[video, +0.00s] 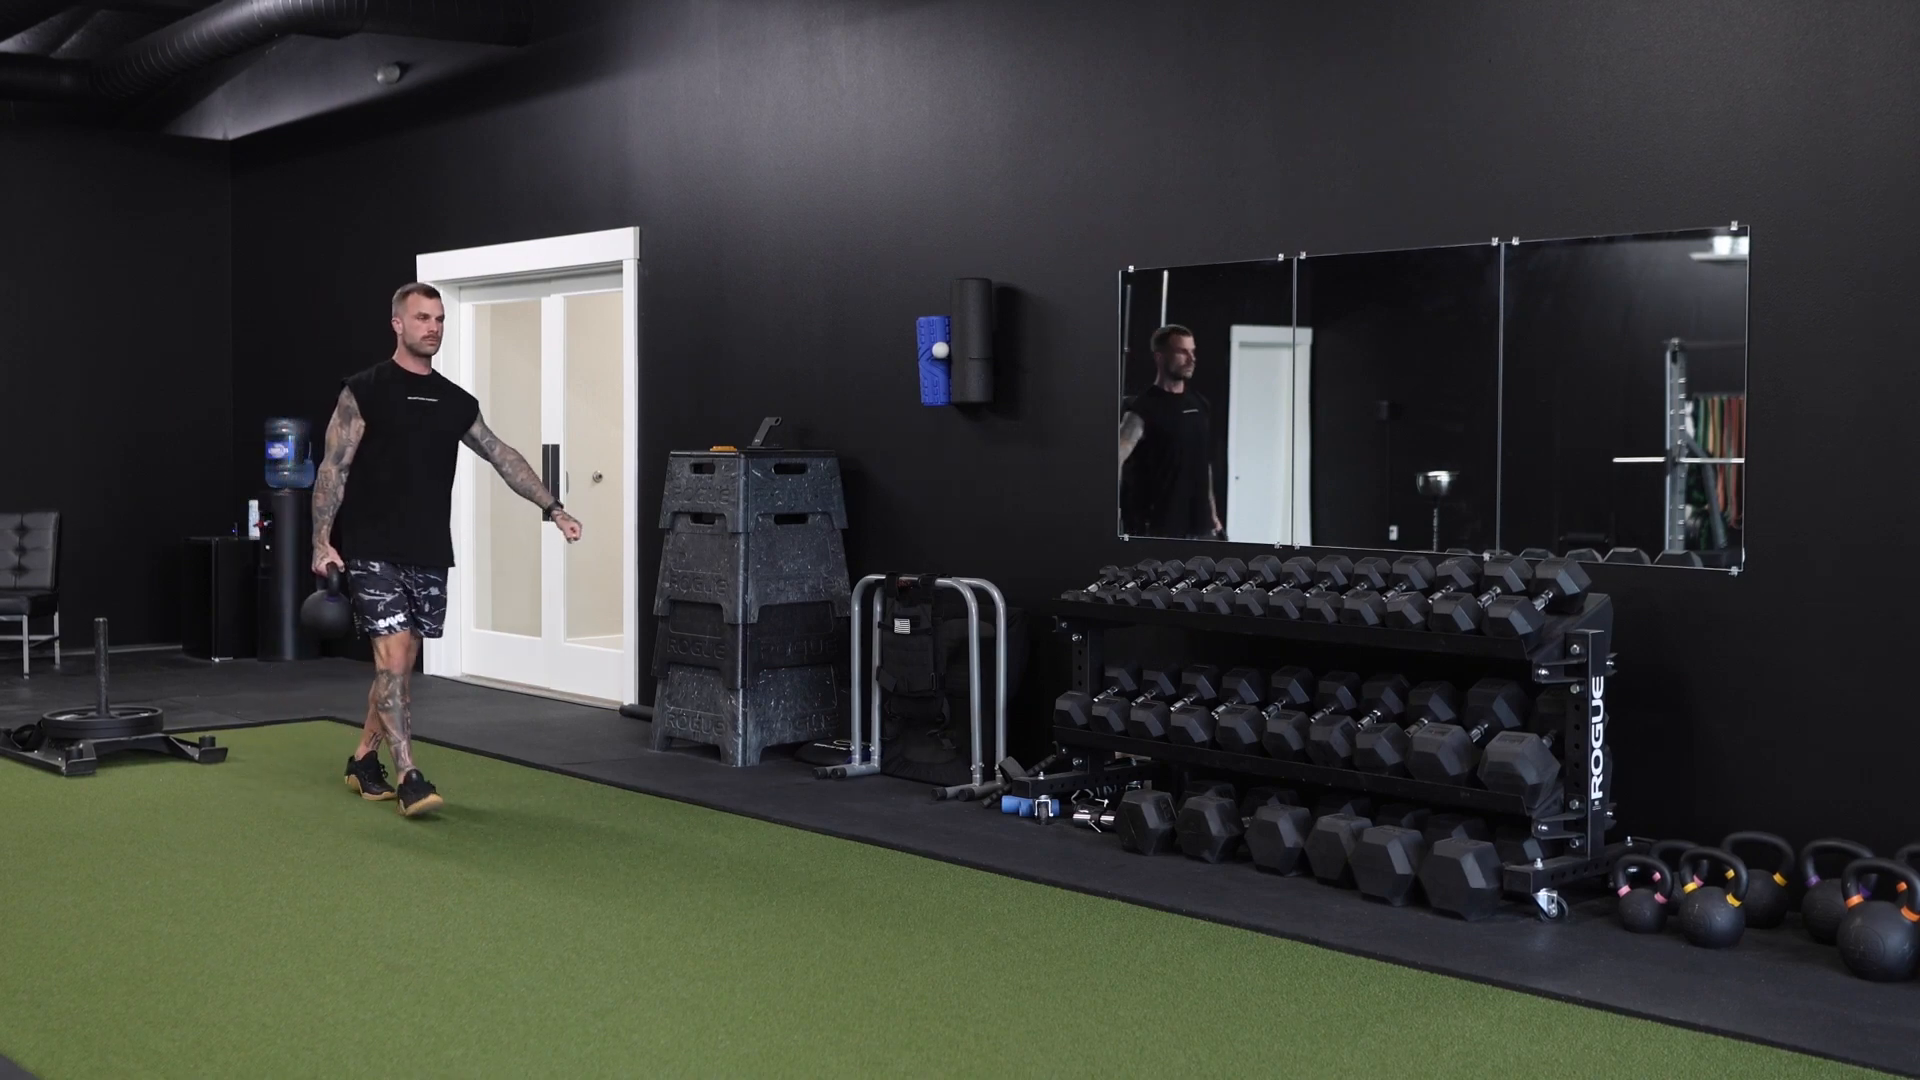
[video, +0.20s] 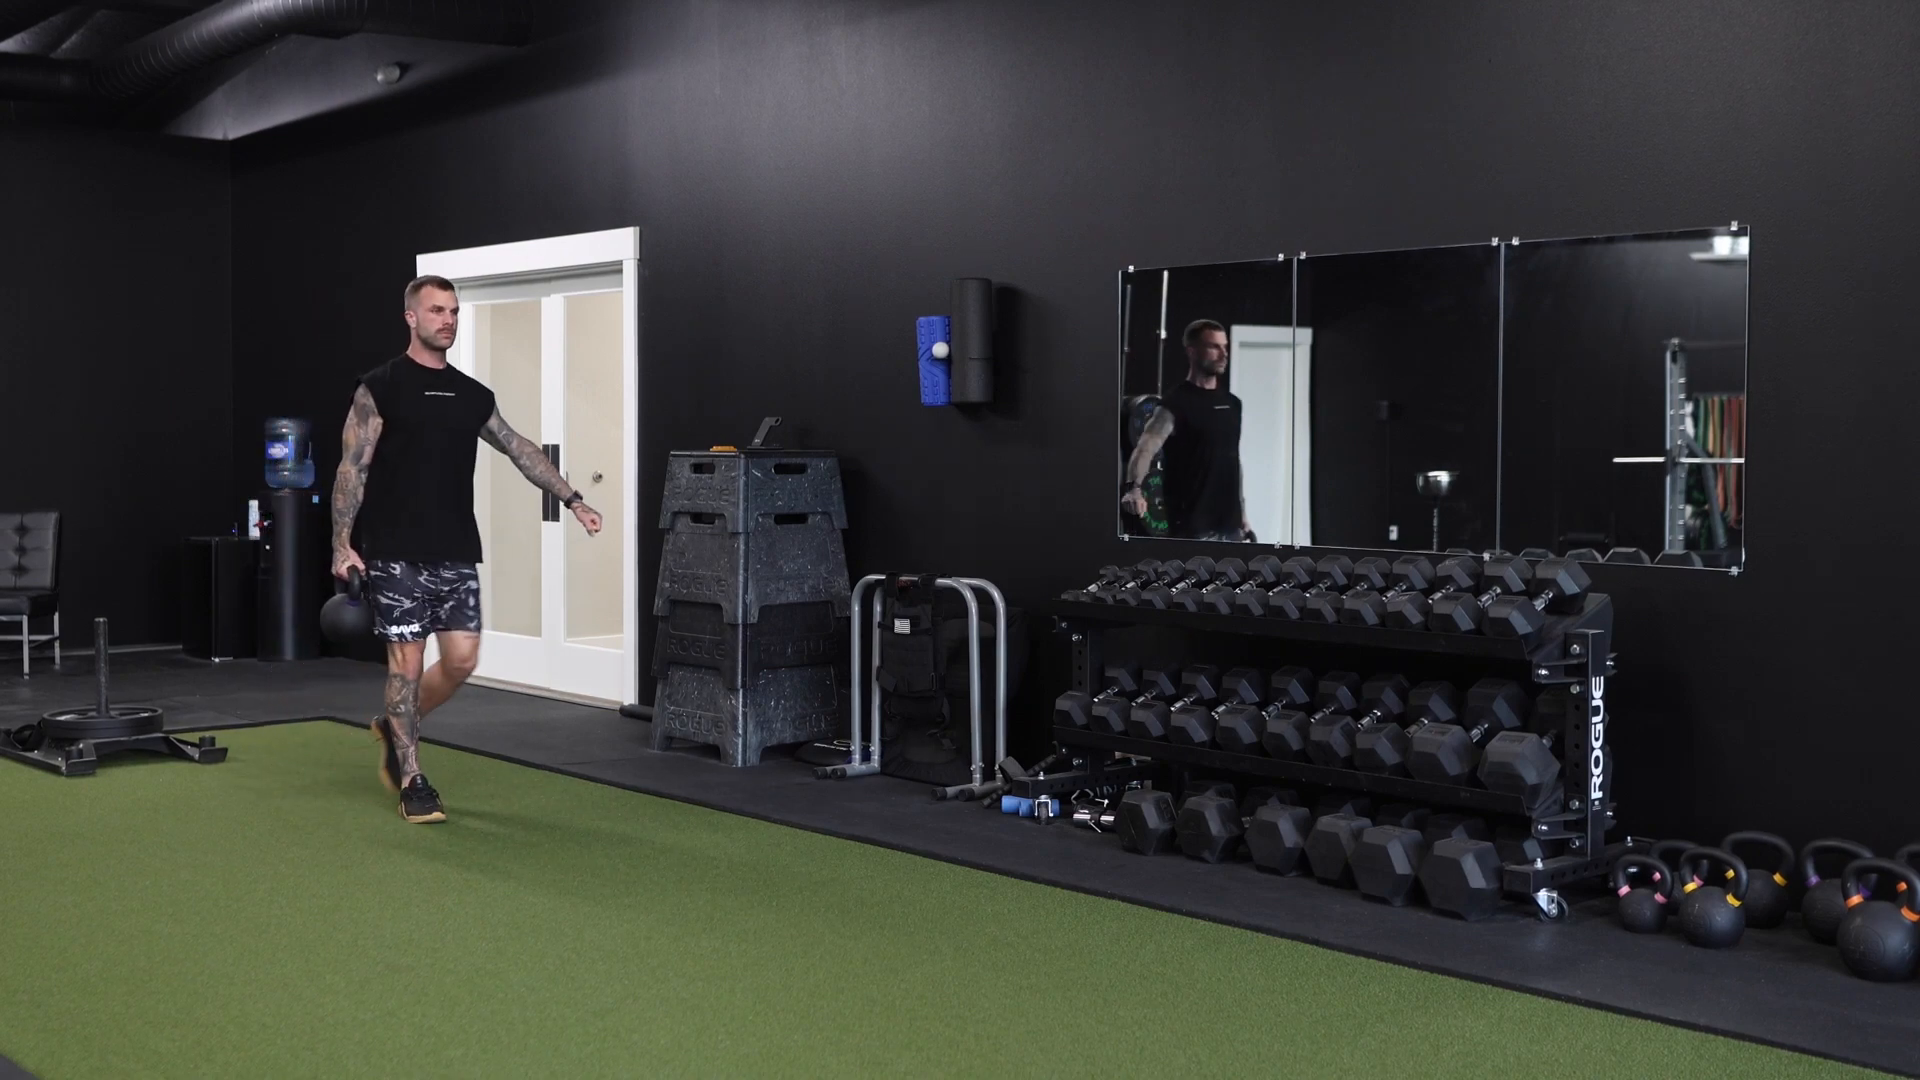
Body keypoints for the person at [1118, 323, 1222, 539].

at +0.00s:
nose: (1191, 359)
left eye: (1193, 352)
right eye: (1182, 352)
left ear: (1196, 354)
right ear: (1159, 357)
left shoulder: (1199, 406)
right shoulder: (1143, 407)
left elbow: (1204, 465)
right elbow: (1116, 458)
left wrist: (1211, 513)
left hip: (1194, 524)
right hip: (1152, 525)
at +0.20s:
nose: (1223, 354)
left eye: (1225, 347)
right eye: (1214, 347)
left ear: (1228, 350)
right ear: (1191, 351)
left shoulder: (1232, 404)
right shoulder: (1177, 402)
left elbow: (1232, 462)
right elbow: (1146, 448)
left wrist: (1241, 516)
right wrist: (1134, 487)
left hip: (1228, 524)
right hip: (1189, 524)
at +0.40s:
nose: (1249, 350)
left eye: (1251, 344)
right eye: (1240, 344)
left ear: (1253, 346)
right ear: (1217, 348)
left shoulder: (1257, 402)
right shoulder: (1203, 398)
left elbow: (1257, 459)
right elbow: (1172, 443)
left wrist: (1265, 511)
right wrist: (1158, 482)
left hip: (1248, 518)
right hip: (1211, 518)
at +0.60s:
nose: (1276, 353)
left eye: (1277, 346)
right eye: (1266, 346)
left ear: (1279, 348)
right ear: (1244, 349)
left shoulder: (1283, 404)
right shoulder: (1229, 401)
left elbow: (1287, 464)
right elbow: (1197, 448)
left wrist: (1296, 517)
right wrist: (1182, 488)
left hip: (1277, 521)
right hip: (1239, 520)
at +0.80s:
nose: (1307, 351)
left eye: (1309, 344)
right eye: (1298, 344)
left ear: (1313, 347)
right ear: (1273, 348)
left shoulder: (1313, 402)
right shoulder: (1257, 400)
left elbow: (1318, 466)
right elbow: (1226, 450)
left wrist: (1324, 521)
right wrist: (1212, 492)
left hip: (1310, 529)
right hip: (1269, 528)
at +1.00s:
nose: (1338, 349)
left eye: (1340, 342)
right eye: (1329, 342)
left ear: (1342, 344)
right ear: (1304, 345)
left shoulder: (1340, 400)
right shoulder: (1286, 398)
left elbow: (1339, 463)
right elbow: (1257, 447)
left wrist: (1349, 516)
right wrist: (1243, 488)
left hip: (1343, 527)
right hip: (1300, 531)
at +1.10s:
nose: (1354, 349)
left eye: (1355, 342)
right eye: (1344, 342)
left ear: (1357, 344)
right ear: (1319, 346)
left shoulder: (1356, 401)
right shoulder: (1302, 398)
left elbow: (1356, 464)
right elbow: (1272, 446)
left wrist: (1365, 516)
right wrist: (1258, 488)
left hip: (1360, 527)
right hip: (1315, 532)